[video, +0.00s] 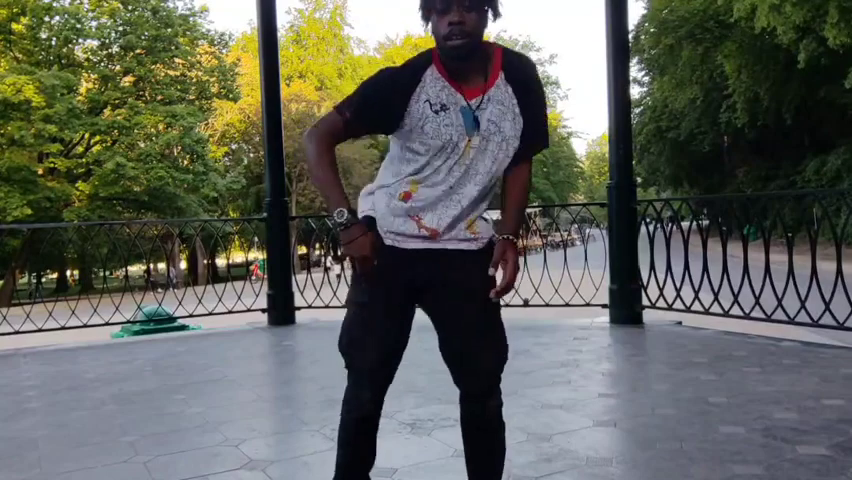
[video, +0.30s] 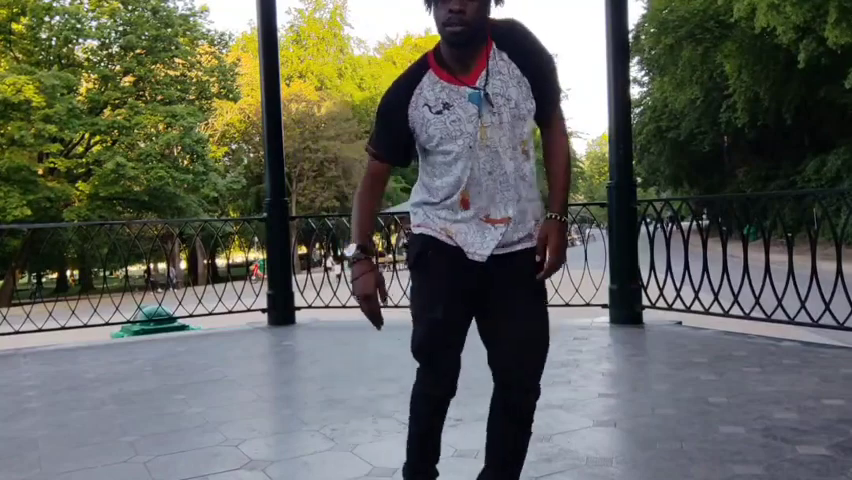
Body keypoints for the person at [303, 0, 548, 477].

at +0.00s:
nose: (454, 19)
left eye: (466, 8)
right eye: (442, 10)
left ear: (486, 14)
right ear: (428, 19)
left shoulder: (517, 75)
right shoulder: (404, 81)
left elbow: (519, 159)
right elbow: (317, 137)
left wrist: (509, 235)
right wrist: (345, 222)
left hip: (464, 258)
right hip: (388, 254)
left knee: (482, 392)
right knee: (364, 395)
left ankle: (487, 478)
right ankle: (350, 479)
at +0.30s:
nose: (455, 10)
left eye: (466, 0)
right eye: (443, 2)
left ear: (487, 6)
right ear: (431, 10)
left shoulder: (516, 45)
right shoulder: (407, 93)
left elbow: (554, 128)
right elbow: (374, 176)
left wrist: (556, 215)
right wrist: (362, 254)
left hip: (516, 250)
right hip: (441, 250)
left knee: (520, 387)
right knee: (436, 379)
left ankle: (499, 476)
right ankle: (419, 473)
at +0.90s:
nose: (422, 24)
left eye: (436, 13)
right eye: (410, 13)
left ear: (453, 21)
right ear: (393, 19)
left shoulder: (480, 93)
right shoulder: (374, 57)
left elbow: (512, 181)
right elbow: (354, 113)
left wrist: (540, 273)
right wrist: (348, 191)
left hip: (476, 257)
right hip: (398, 254)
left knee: (517, 368)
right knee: (372, 358)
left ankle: (549, 471)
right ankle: (425, 469)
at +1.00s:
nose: (403, 29)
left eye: (416, 18)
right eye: (391, 18)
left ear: (434, 24)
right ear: (376, 25)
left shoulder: (464, 90)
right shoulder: (360, 68)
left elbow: (472, 183)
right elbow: (332, 115)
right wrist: (321, 182)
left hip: (468, 252)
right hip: (391, 250)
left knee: (494, 368)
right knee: (364, 363)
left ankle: (513, 470)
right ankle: (421, 470)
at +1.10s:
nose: (388, 32)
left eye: (400, 22)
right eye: (378, 22)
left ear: (420, 27)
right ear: (364, 29)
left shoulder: (454, 90)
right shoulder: (354, 78)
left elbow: (439, 188)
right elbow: (324, 123)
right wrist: (301, 177)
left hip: (458, 261)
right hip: (385, 260)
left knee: (470, 364)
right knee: (356, 370)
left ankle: (480, 446)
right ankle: (415, 468)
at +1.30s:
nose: (379, 32)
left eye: (391, 22)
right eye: (369, 25)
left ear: (409, 28)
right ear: (356, 37)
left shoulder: (434, 64)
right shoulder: (358, 104)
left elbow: (431, 149)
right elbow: (331, 169)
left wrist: (344, 204)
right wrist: (279, 187)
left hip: (441, 254)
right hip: (374, 255)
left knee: (443, 361)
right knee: (375, 370)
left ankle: (403, 420)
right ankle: (392, 470)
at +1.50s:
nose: (388, 34)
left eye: (399, 24)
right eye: (377, 26)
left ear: (416, 29)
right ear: (364, 35)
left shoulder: (440, 66)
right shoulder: (353, 113)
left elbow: (471, 132)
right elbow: (340, 192)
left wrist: (405, 183)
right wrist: (282, 245)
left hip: (422, 237)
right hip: (354, 243)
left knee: (424, 338)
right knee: (354, 358)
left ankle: (407, 370)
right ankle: (399, 468)